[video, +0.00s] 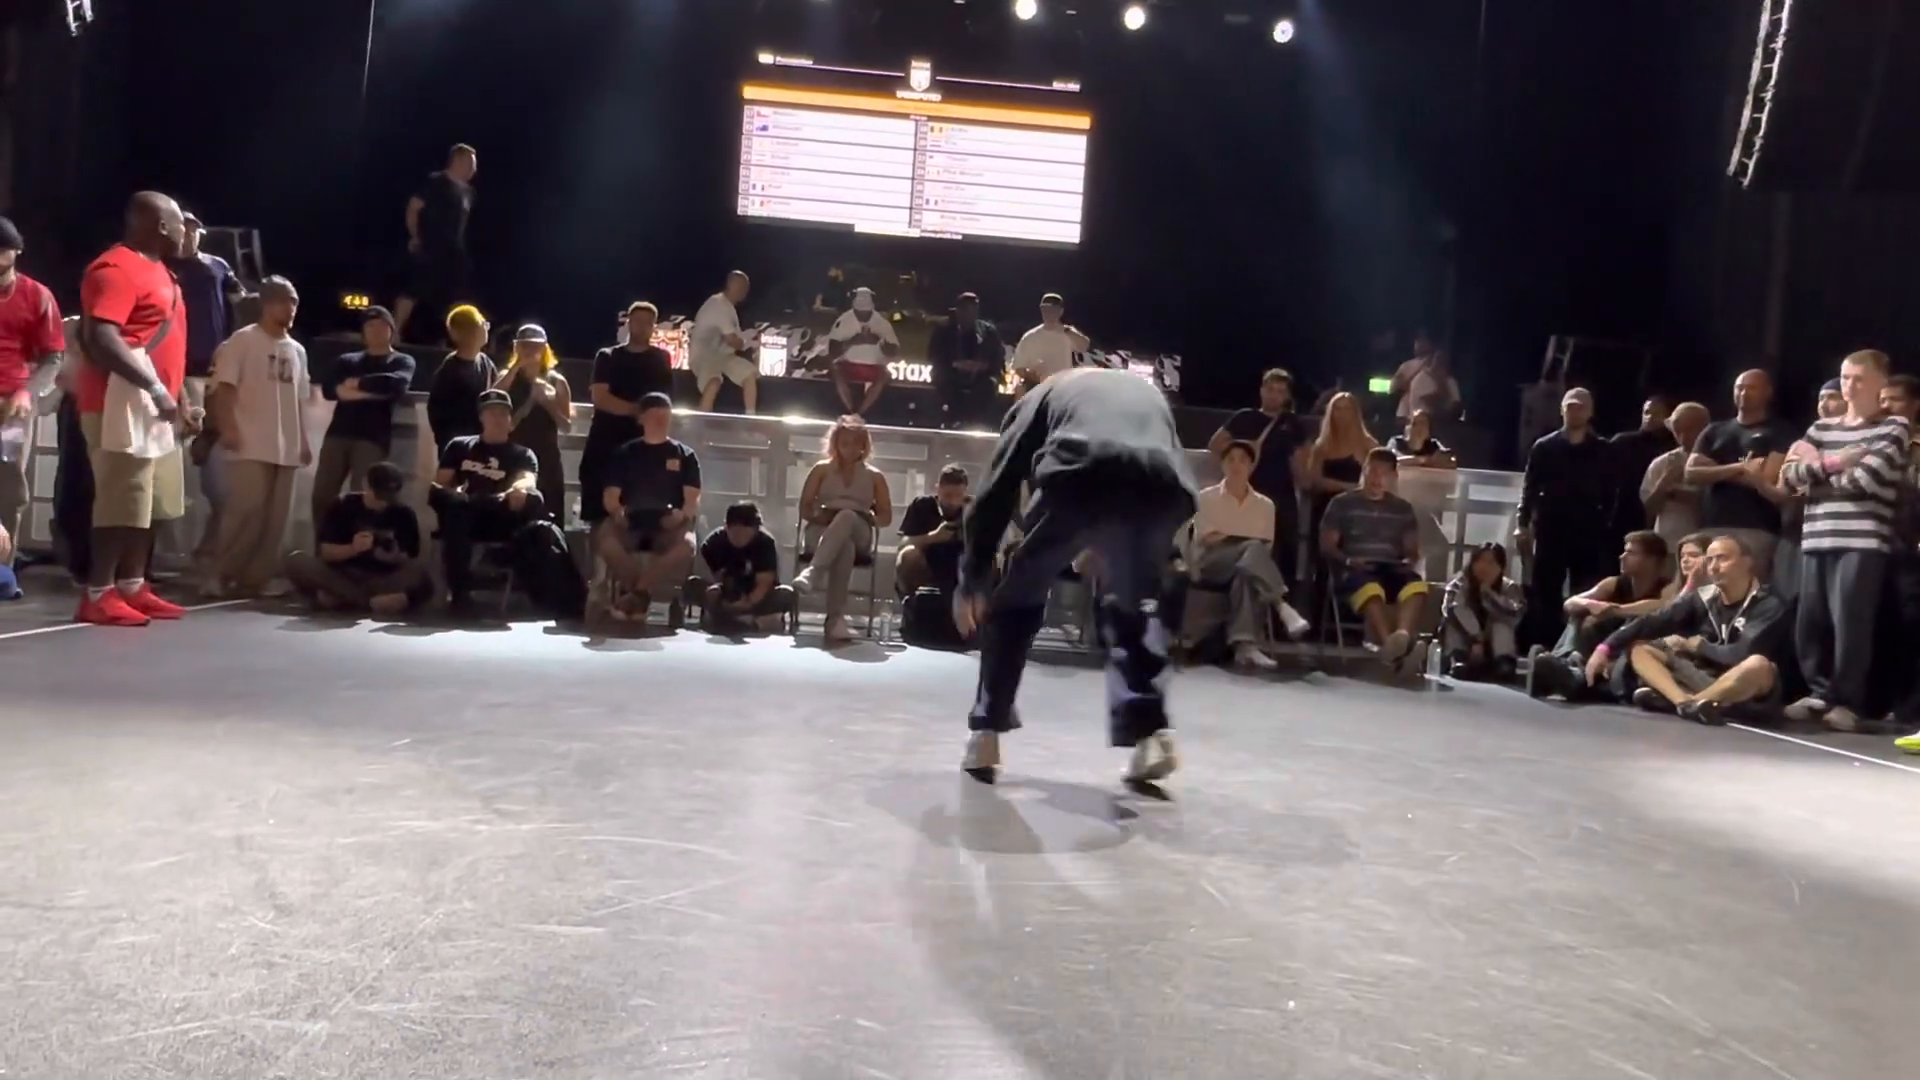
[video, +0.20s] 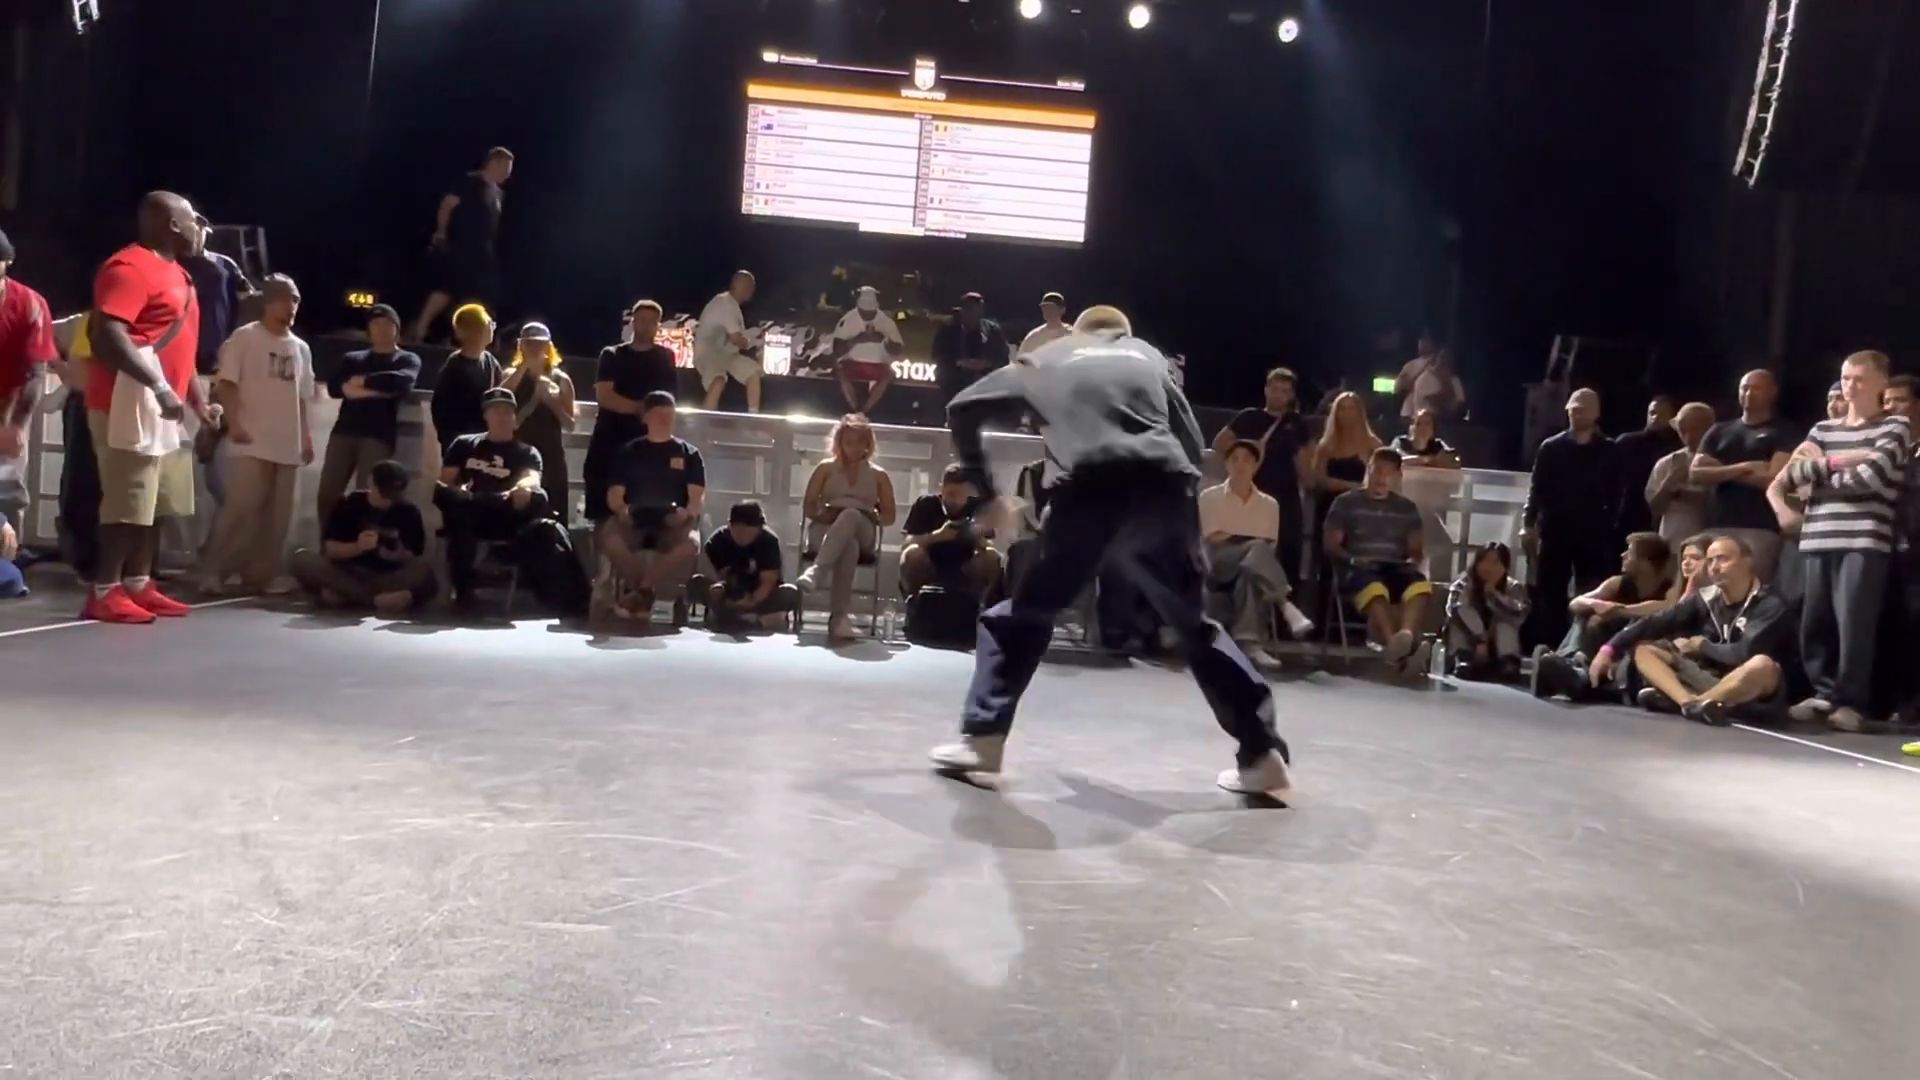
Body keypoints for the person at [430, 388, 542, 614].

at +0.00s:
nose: (498, 419)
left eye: (503, 414)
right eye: (492, 413)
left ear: (510, 420)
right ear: (481, 417)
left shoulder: (523, 455)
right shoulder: (459, 447)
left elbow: (526, 483)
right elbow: (438, 488)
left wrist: (520, 489)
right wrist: (459, 495)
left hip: (504, 512)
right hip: (468, 511)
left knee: (532, 501)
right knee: (453, 508)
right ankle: (459, 592)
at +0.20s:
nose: (502, 417)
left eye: (507, 412)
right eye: (496, 411)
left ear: (515, 418)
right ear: (485, 415)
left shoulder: (527, 453)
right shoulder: (464, 444)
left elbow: (529, 483)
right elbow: (443, 486)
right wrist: (463, 493)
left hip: (507, 509)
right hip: (472, 508)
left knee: (537, 500)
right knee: (454, 507)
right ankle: (463, 589)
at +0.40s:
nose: (505, 415)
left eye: (509, 410)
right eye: (499, 409)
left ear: (517, 416)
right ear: (488, 413)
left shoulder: (529, 450)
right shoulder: (466, 442)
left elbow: (533, 479)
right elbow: (446, 482)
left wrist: (523, 489)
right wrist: (462, 489)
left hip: (510, 504)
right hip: (475, 503)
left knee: (540, 498)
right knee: (457, 503)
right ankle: (465, 587)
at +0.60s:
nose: (510, 412)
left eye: (514, 407)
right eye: (504, 407)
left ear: (521, 412)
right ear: (491, 410)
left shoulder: (532, 447)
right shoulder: (470, 439)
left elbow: (537, 473)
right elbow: (449, 479)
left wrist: (528, 483)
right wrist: (464, 486)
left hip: (512, 500)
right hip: (477, 497)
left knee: (543, 495)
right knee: (461, 503)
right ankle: (468, 582)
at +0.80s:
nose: (514, 408)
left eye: (518, 403)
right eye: (508, 402)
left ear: (524, 408)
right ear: (494, 405)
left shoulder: (535, 443)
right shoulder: (473, 435)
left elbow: (540, 469)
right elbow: (452, 475)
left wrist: (531, 479)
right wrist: (468, 482)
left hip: (515, 499)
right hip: (479, 498)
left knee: (545, 490)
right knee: (465, 498)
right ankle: (471, 580)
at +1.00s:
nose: (517, 406)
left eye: (522, 401)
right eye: (512, 401)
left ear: (527, 406)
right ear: (498, 403)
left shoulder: (539, 441)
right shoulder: (476, 433)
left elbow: (542, 472)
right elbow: (455, 473)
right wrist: (471, 480)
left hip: (519, 496)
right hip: (482, 495)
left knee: (548, 487)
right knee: (467, 494)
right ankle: (474, 576)